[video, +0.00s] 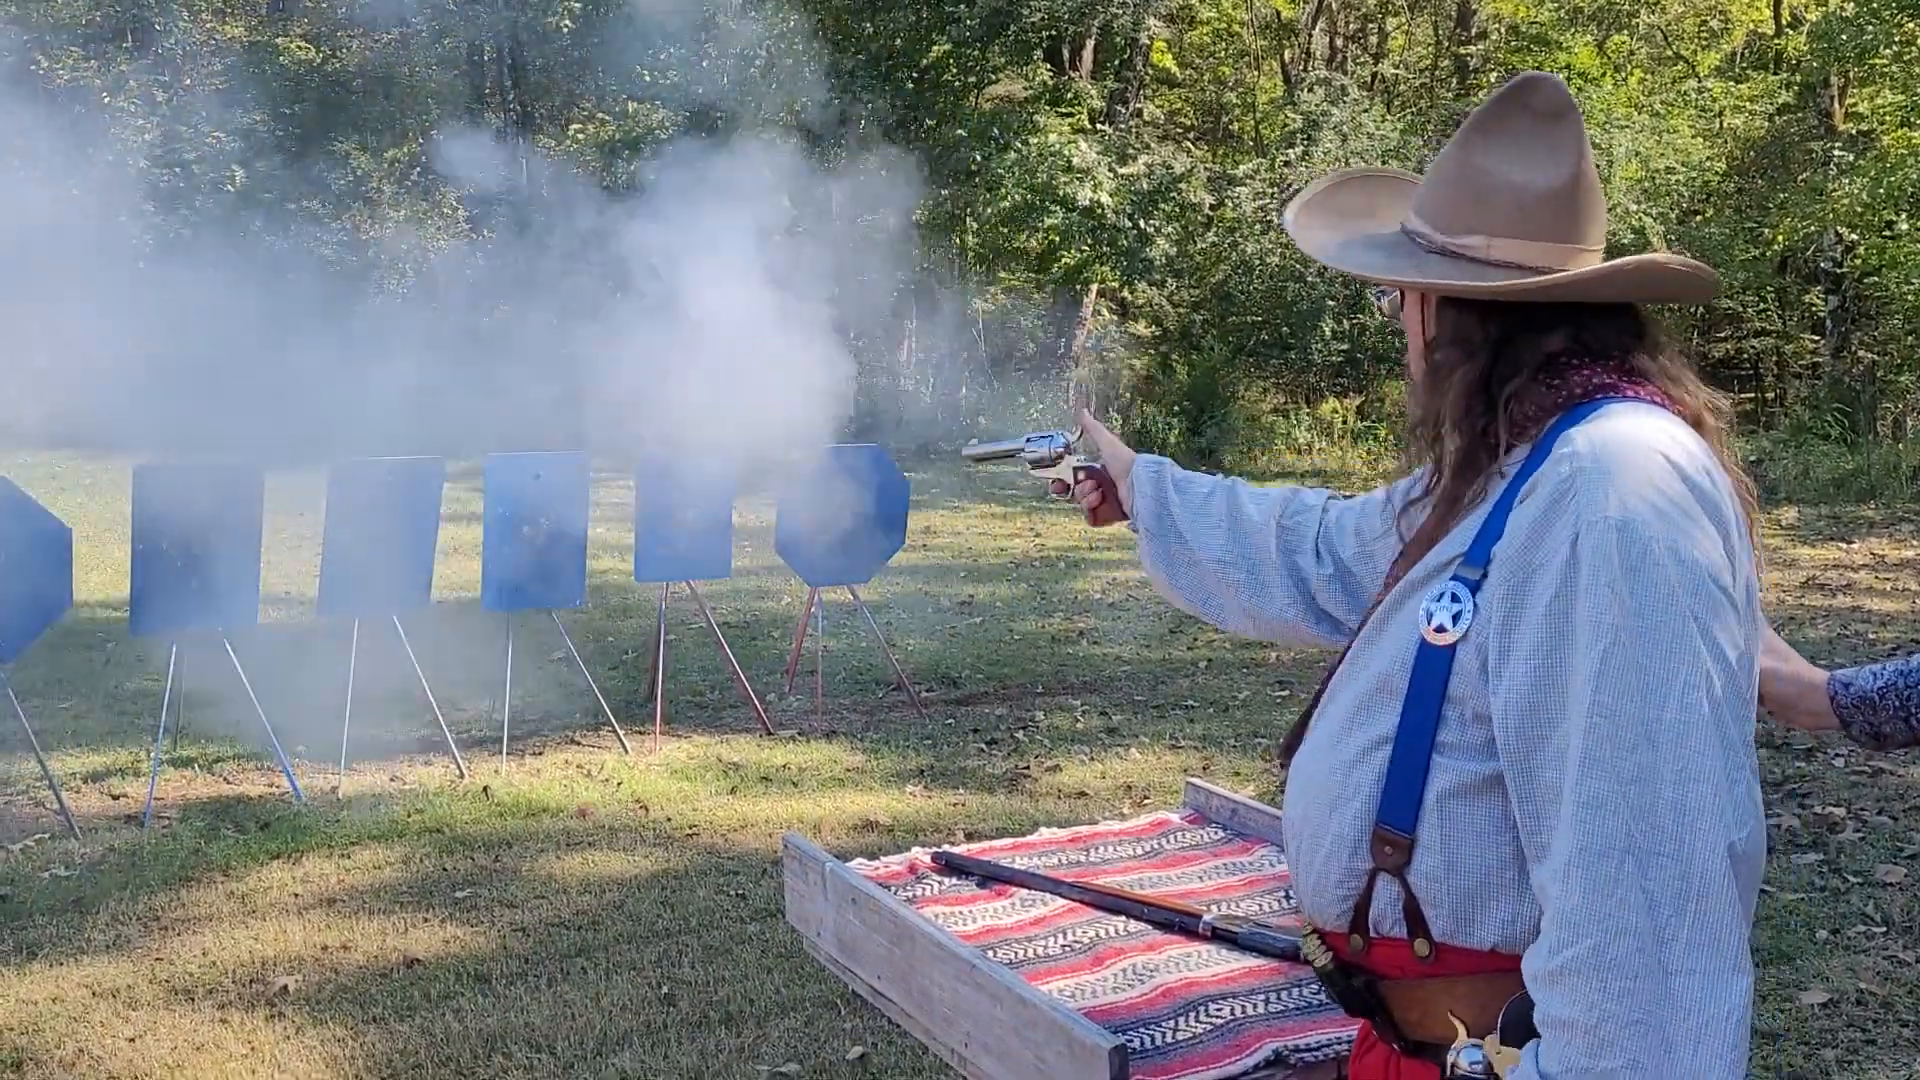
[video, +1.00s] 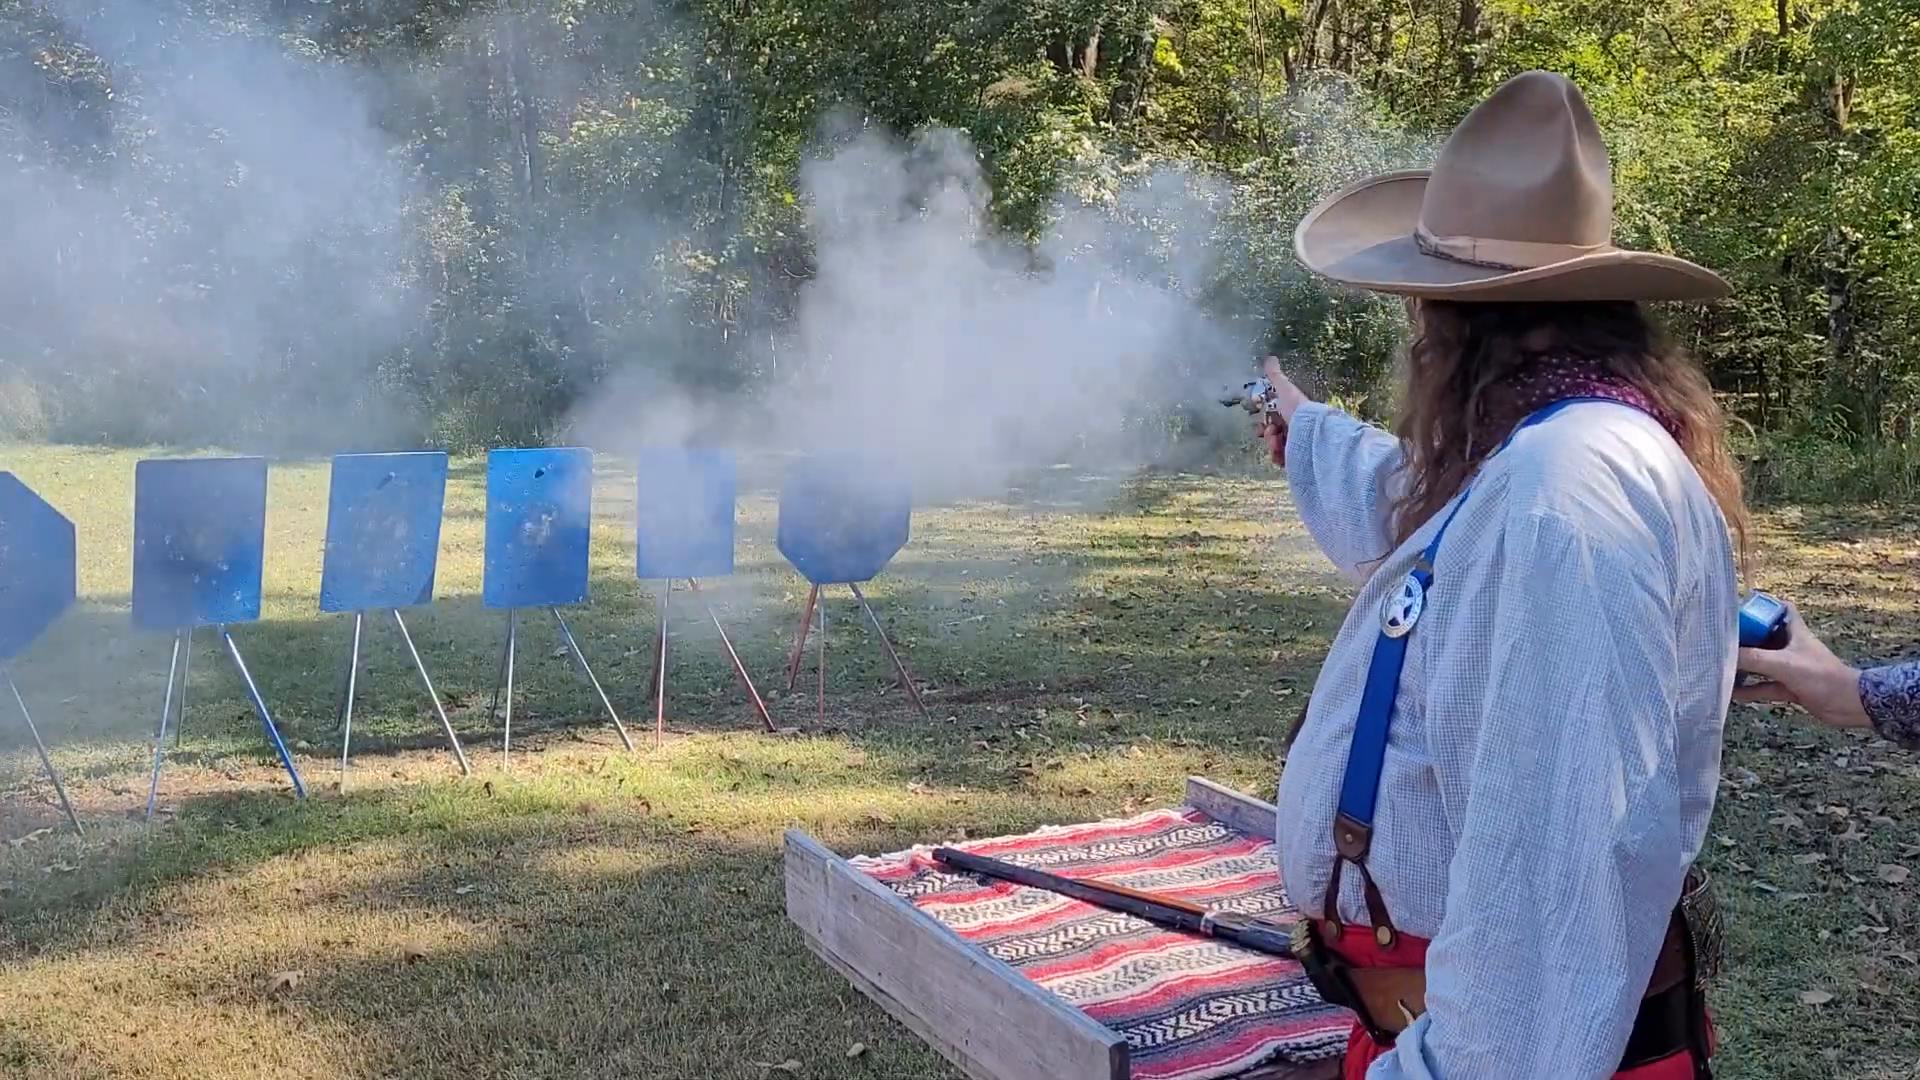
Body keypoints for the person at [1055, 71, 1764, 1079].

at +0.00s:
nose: (1396, 317)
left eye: (1403, 289)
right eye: (1398, 288)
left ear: (1438, 310)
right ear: (1541, 303)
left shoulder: (1623, 493)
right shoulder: (1496, 469)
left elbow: (1647, 917)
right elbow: (1325, 546)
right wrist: (1144, 489)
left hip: (1489, 1037)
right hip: (1397, 998)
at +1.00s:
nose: (1409, 329)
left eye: (1421, 304)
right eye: (1411, 301)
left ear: (1461, 320)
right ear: (1566, 308)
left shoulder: (1562, 496)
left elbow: (1558, 872)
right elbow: (1412, 509)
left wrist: (1437, 1062)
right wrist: (1303, 429)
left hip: (1494, 1022)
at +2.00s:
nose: (1404, 334)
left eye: (1413, 307)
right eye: (1404, 306)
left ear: (1457, 321)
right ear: (1569, 309)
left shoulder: (1550, 481)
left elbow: (1545, 866)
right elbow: (1401, 497)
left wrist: (1428, 1061)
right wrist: (1294, 410)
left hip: (1493, 1025)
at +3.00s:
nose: (1352, 391)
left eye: (1352, 365)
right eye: (1347, 367)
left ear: (1385, 354)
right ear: (1528, 305)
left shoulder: (1453, 446)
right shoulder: (1663, 441)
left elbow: (1566, 672)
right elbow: (1798, 740)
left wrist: (1446, 974)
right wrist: (1668, 855)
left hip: (1503, 1039)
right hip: (1664, 1001)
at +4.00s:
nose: (1394, 336)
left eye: (1406, 312)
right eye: (1401, 308)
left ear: (1438, 326)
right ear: (1583, 319)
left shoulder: (1479, 466)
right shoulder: (1674, 470)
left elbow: (1271, 753)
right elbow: (1714, 785)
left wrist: (1229, 680)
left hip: (1489, 1041)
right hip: (1648, 1004)